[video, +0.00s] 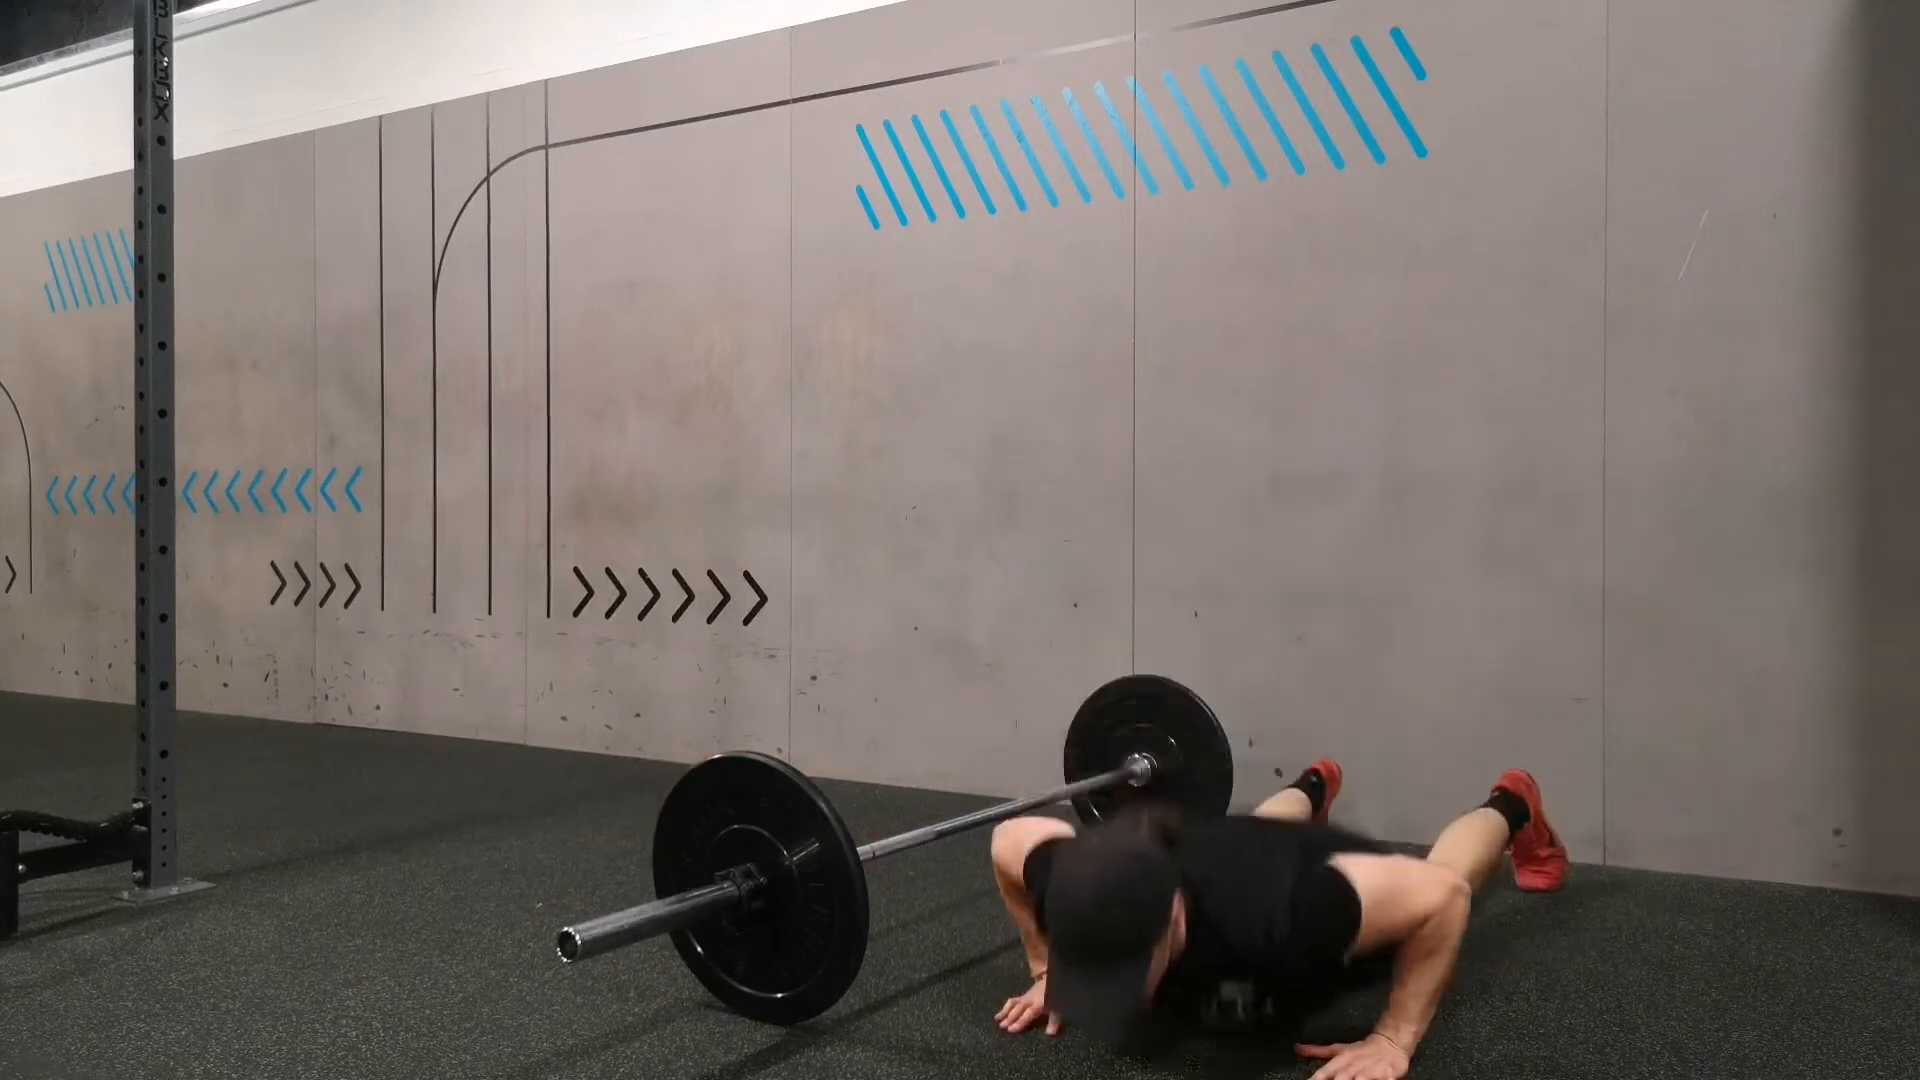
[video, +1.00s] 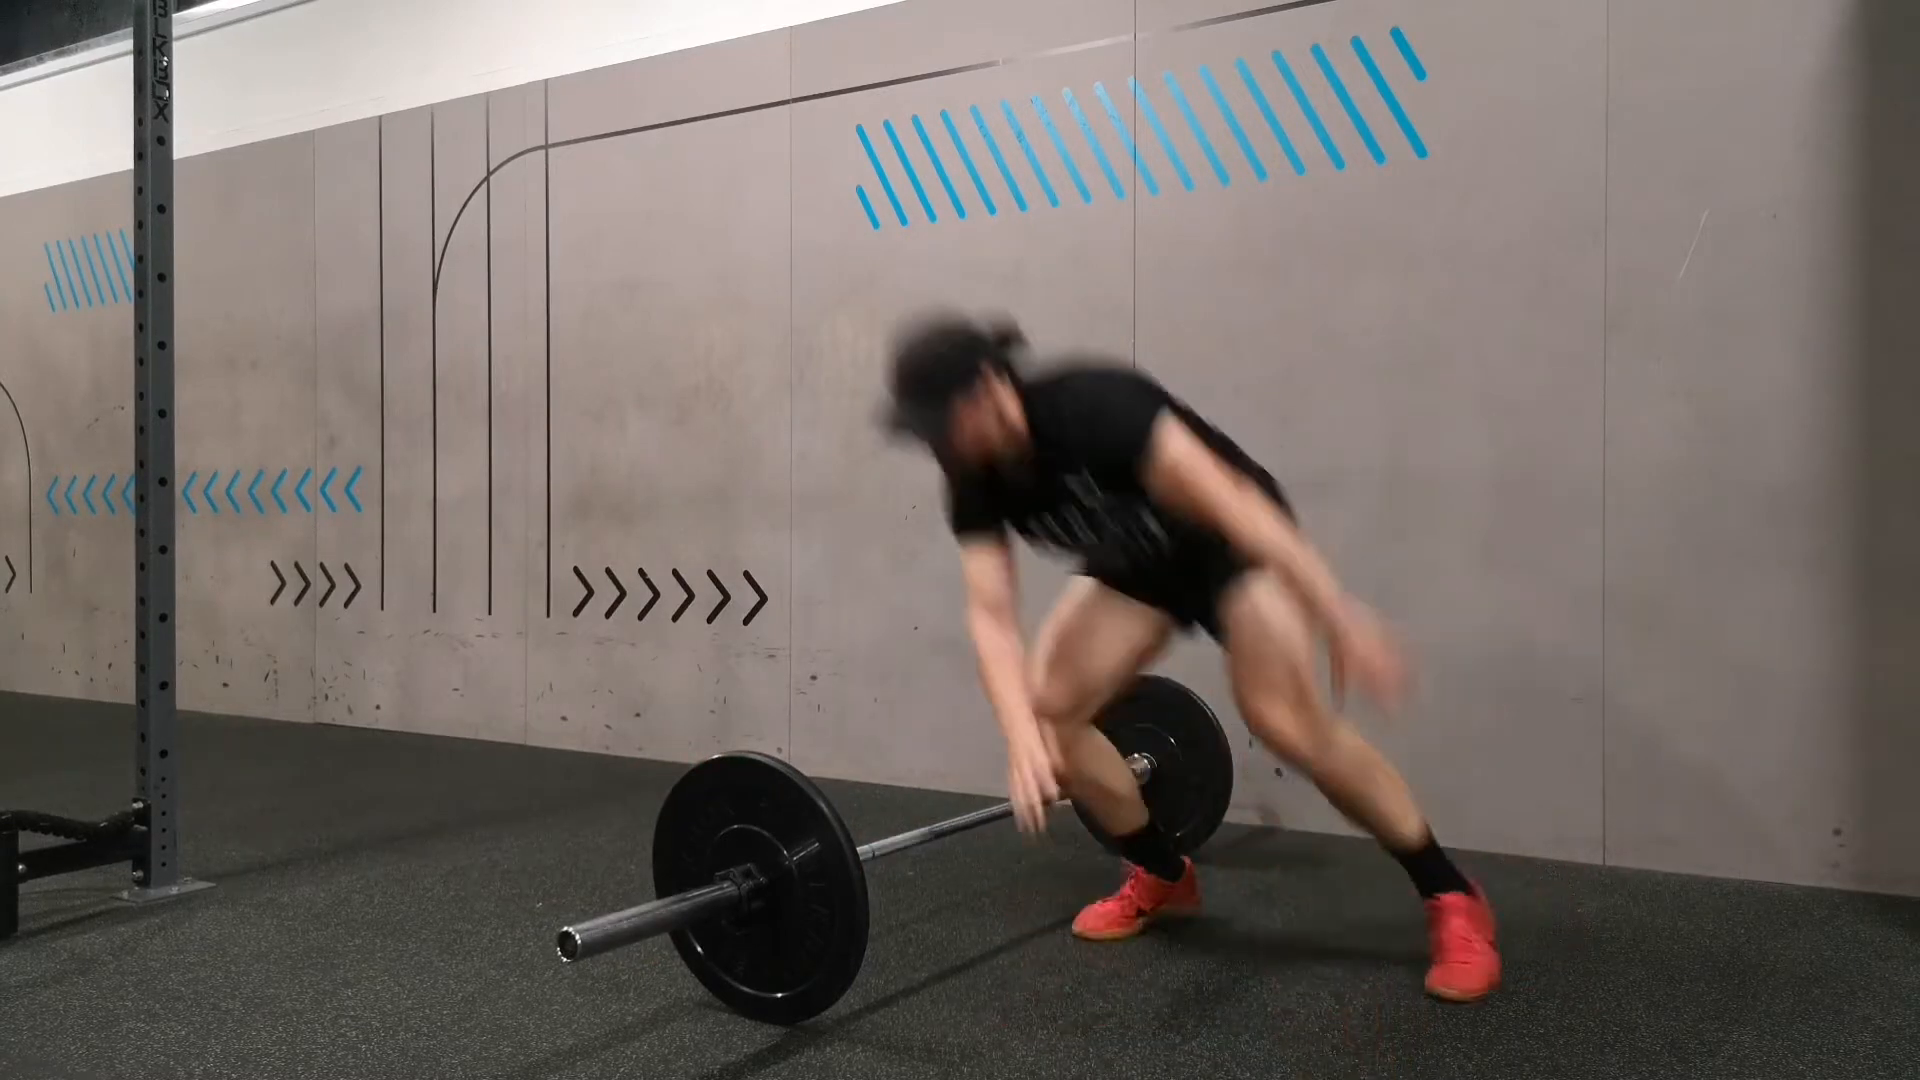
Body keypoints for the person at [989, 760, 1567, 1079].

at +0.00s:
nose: (1127, 987)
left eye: (1137, 969)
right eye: (1104, 975)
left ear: (1175, 919)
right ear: (1069, 920)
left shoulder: (1288, 905)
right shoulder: (1063, 884)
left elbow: (1443, 897)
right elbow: (1009, 842)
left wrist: (1395, 1040)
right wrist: (1042, 968)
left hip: (1331, 867)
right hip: (1200, 856)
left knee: (1451, 873)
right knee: (1253, 829)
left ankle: (1510, 803)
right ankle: (1312, 789)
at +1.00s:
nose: (944, 442)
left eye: (947, 421)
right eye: (934, 430)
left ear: (989, 387)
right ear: (937, 426)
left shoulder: (1099, 408)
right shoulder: (973, 474)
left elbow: (1235, 507)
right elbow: (991, 610)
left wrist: (1342, 614)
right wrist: (1019, 728)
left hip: (1232, 544)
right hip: (1135, 569)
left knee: (1282, 719)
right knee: (1048, 709)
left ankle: (1451, 899)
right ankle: (1159, 874)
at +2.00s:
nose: (532, 720)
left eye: (534, 706)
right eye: (519, 716)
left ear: (556, 665)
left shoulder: (632, 640)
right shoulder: (517, 635)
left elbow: (682, 784)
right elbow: (499, 766)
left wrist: (674, 911)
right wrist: (478, 887)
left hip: (770, 512)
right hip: (687, 507)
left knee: (826, 721)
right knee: (679, 701)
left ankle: (925, 712)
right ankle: (765, 705)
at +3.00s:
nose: (491, 713)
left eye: (493, 694)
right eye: (479, 702)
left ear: (525, 650)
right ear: (461, 671)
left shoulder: (606, 644)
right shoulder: (486, 651)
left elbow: (656, 780)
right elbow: (474, 772)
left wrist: (665, 910)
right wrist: (476, 886)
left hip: (738, 572)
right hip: (665, 594)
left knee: (837, 726)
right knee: (677, 728)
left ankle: (942, 739)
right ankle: (775, 732)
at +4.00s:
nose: (998, 315)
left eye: (1012, 297)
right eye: (982, 300)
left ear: (1043, 271)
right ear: (959, 282)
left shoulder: (1101, 326)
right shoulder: (944, 357)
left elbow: (1201, 452)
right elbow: (896, 490)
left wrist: (1259, 590)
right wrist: (915, 604)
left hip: (1149, 504)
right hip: (1044, 525)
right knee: (1018, 689)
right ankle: (1092, 882)